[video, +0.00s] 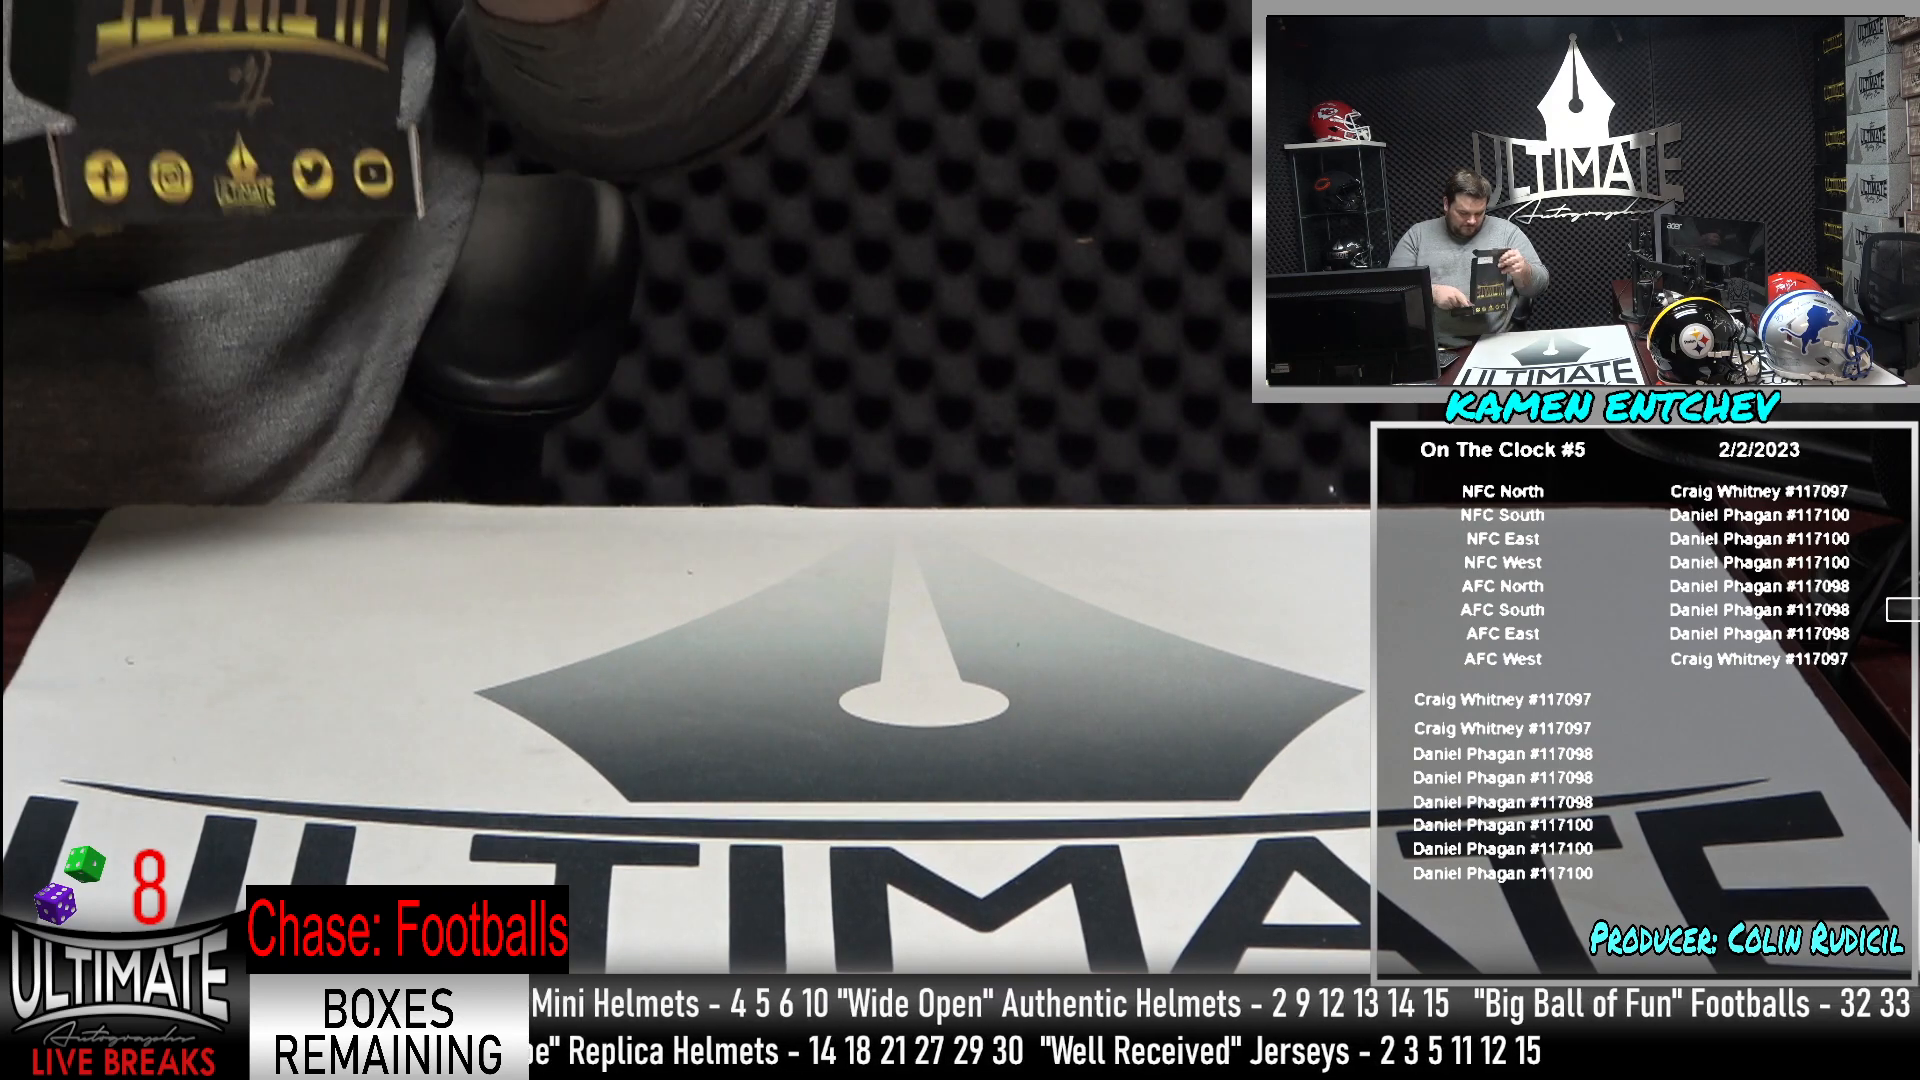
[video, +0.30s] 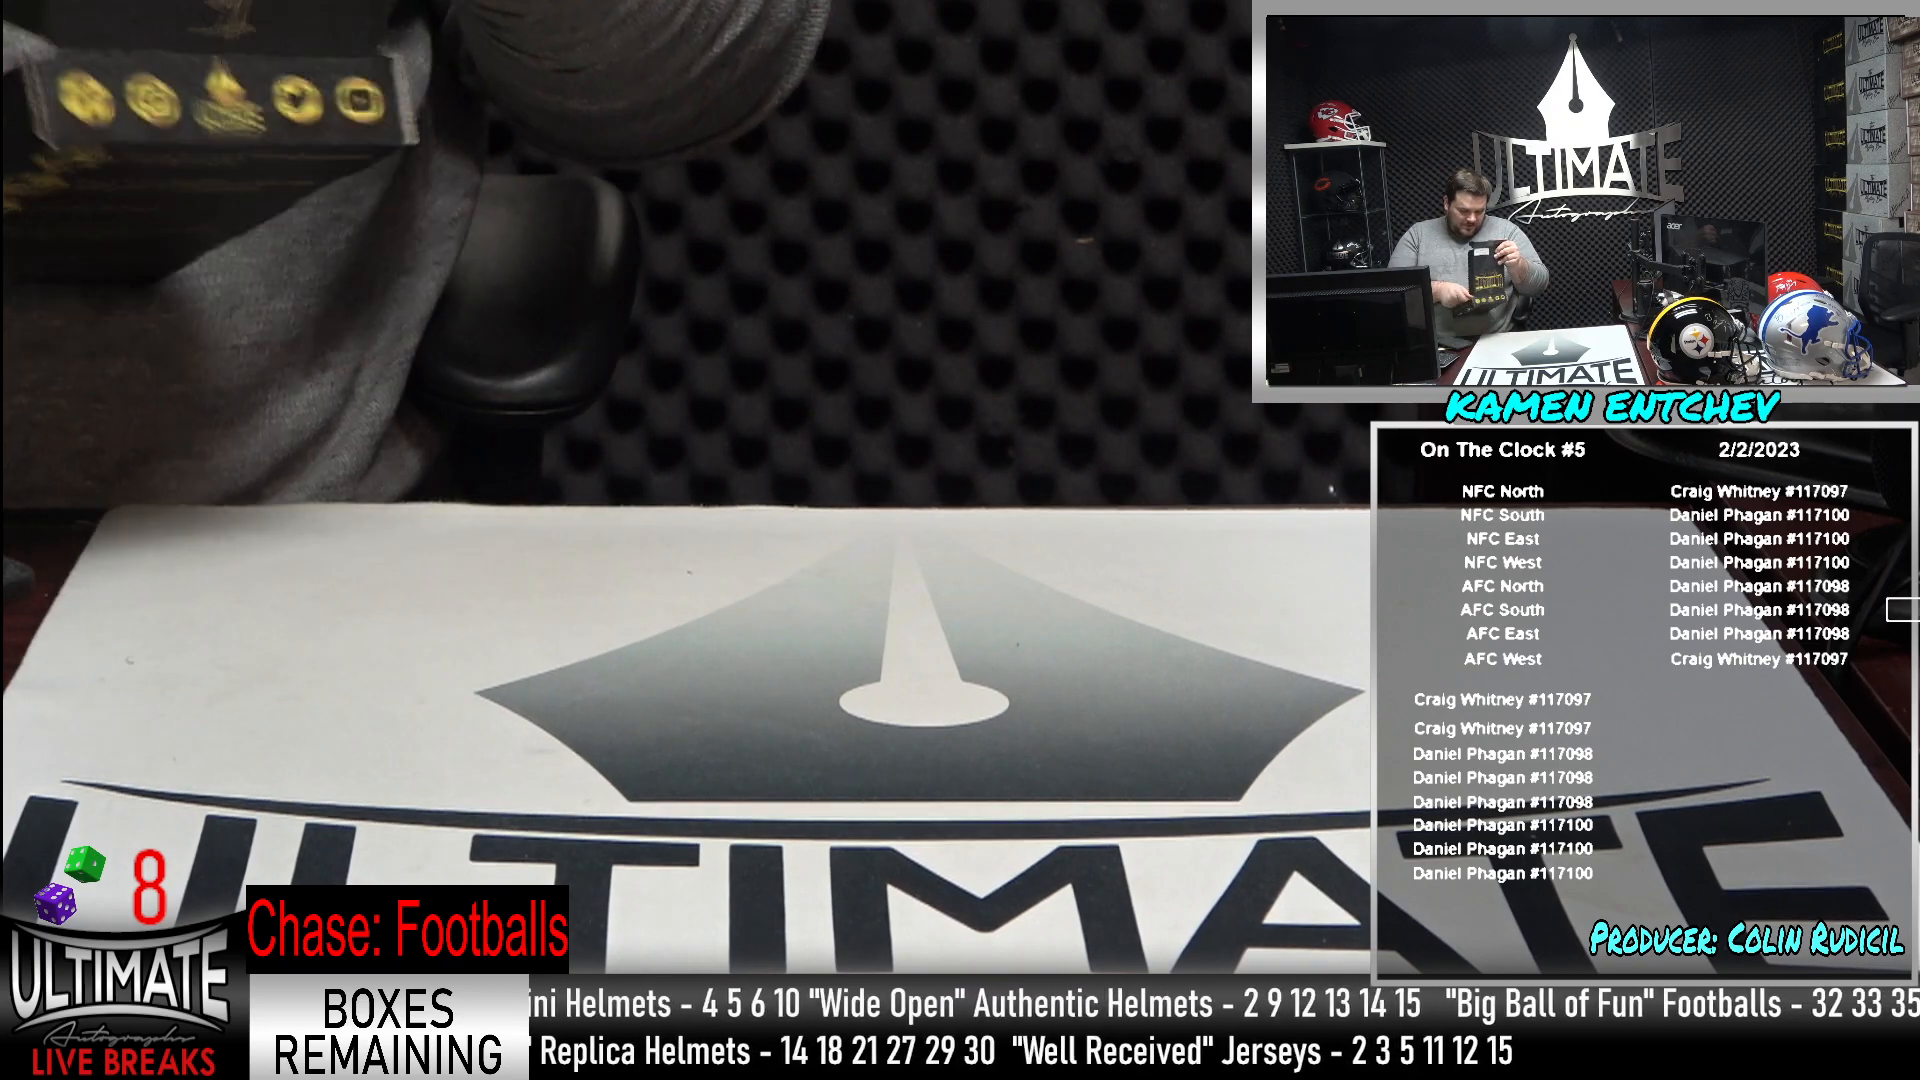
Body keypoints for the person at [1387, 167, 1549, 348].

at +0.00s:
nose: (1472, 221)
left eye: (1479, 213)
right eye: (1463, 213)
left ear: (1486, 207)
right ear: (1446, 204)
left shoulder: (1507, 233)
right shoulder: (1418, 235)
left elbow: (1538, 284)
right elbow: (1393, 285)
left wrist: (1523, 271)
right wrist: (1432, 291)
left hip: (1494, 347)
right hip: (1432, 350)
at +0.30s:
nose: (1472, 219)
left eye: (1479, 211)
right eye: (1463, 211)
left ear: (1486, 206)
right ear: (1447, 204)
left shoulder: (1506, 232)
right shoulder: (1418, 235)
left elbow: (1539, 283)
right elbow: (1394, 285)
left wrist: (1518, 265)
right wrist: (1437, 290)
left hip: (1497, 346)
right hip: (1436, 350)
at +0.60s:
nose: (1466, 215)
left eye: (1474, 208)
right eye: (1458, 206)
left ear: (1484, 206)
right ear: (1444, 201)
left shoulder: (1506, 232)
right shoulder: (1418, 236)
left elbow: (1539, 284)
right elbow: (1394, 287)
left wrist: (1526, 271)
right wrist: (1430, 293)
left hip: (1496, 344)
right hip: (1435, 349)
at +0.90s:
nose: (1456, 211)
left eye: (1463, 203)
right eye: (1448, 204)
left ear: (1477, 201)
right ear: (1437, 203)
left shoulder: (1507, 233)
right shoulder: (1416, 237)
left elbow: (1532, 276)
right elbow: (1390, 289)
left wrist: (1564, 277)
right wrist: (1421, 291)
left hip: (1496, 348)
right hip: (1433, 351)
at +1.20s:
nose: (1456, 210)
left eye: (1463, 201)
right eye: (1448, 203)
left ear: (1476, 200)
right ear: (1438, 203)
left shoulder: (1508, 233)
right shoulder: (1416, 237)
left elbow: (1530, 275)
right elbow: (1391, 288)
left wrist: (1552, 277)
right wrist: (1423, 290)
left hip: (1497, 348)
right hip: (1434, 352)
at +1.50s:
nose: (1464, 209)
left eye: (1471, 201)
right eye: (1455, 202)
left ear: (1481, 199)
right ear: (1442, 202)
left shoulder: (1507, 232)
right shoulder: (1419, 234)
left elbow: (1536, 281)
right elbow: (1394, 288)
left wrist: (1496, 284)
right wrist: (1431, 289)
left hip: (1497, 345)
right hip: (1436, 349)